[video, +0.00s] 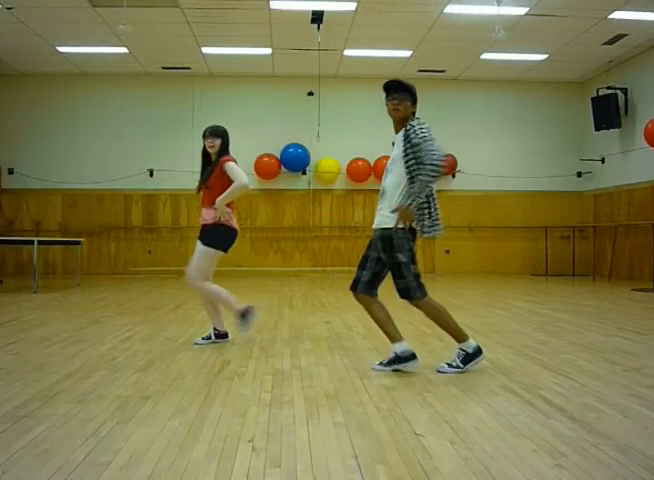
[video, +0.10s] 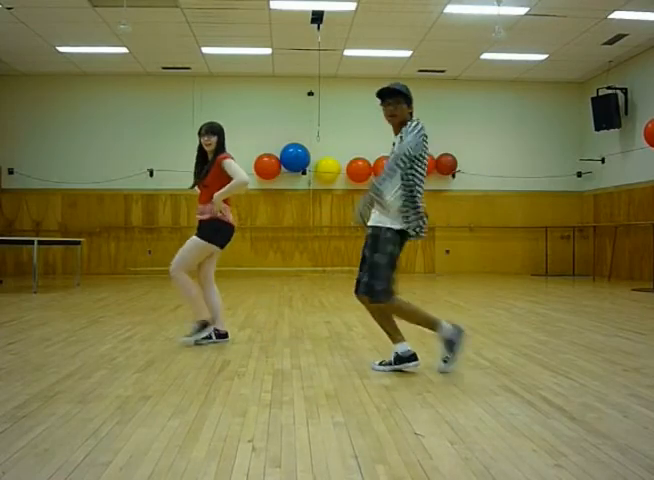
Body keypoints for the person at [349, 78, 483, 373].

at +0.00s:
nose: (393, 105)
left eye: (399, 101)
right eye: (389, 101)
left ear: (412, 105)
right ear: (386, 106)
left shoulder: (417, 131)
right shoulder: (401, 137)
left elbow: (434, 166)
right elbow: (408, 175)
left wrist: (410, 205)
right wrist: (393, 205)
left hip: (399, 227)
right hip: (384, 228)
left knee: (413, 293)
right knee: (362, 290)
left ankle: (468, 347)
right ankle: (401, 350)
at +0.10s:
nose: (390, 111)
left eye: (396, 105)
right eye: (386, 107)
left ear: (409, 107)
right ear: (384, 111)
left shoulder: (414, 133)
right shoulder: (402, 137)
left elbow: (394, 168)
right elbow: (393, 177)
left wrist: (369, 197)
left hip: (393, 224)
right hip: (380, 222)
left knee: (379, 296)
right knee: (364, 293)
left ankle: (448, 332)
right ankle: (403, 351)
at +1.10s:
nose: (350, 101)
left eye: (356, 97)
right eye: (347, 97)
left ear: (370, 101)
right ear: (343, 102)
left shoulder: (385, 134)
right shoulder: (337, 137)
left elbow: (399, 174)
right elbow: (322, 178)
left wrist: (408, 211)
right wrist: (312, 213)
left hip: (367, 218)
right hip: (334, 216)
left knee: (355, 286)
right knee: (347, 286)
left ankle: (337, 336)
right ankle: (355, 350)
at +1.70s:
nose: (355, 99)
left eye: (360, 94)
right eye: (348, 95)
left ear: (366, 98)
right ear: (339, 101)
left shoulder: (379, 132)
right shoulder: (330, 135)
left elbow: (378, 162)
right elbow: (339, 160)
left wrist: (378, 126)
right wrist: (333, 121)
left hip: (369, 220)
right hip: (337, 219)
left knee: (379, 291)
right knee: (341, 290)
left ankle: (369, 346)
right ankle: (353, 350)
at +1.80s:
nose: (359, 96)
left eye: (363, 91)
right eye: (352, 92)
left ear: (369, 96)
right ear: (342, 98)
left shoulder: (380, 132)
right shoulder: (332, 129)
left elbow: (391, 164)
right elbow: (334, 155)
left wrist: (382, 126)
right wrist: (340, 121)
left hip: (372, 218)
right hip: (339, 219)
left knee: (382, 290)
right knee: (345, 291)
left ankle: (378, 349)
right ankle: (354, 351)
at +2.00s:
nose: (363, 91)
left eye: (367, 88)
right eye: (356, 88)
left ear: (372, 94)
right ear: (343, 95)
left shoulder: (385, 128)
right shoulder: (329, 130)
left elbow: (425, 133)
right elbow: (289, 136)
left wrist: (426, 149)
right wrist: (315, 146)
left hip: (376, 220)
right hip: (344, 221)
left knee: (382, 292)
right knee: (356, 293)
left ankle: (378, 352)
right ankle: (348, 353)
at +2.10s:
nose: (361, 91)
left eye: (365, 87)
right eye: (355, 87)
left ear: (371, 94)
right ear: (343, 95)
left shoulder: (380, 128)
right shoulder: (328, 126)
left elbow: (422, 133)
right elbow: (298, 136)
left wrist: (456, 143)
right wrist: (291, 159)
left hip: (373, 220)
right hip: (341, 220)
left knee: (380, 292)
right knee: (355, 292)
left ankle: (378, 352)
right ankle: (349, 352)